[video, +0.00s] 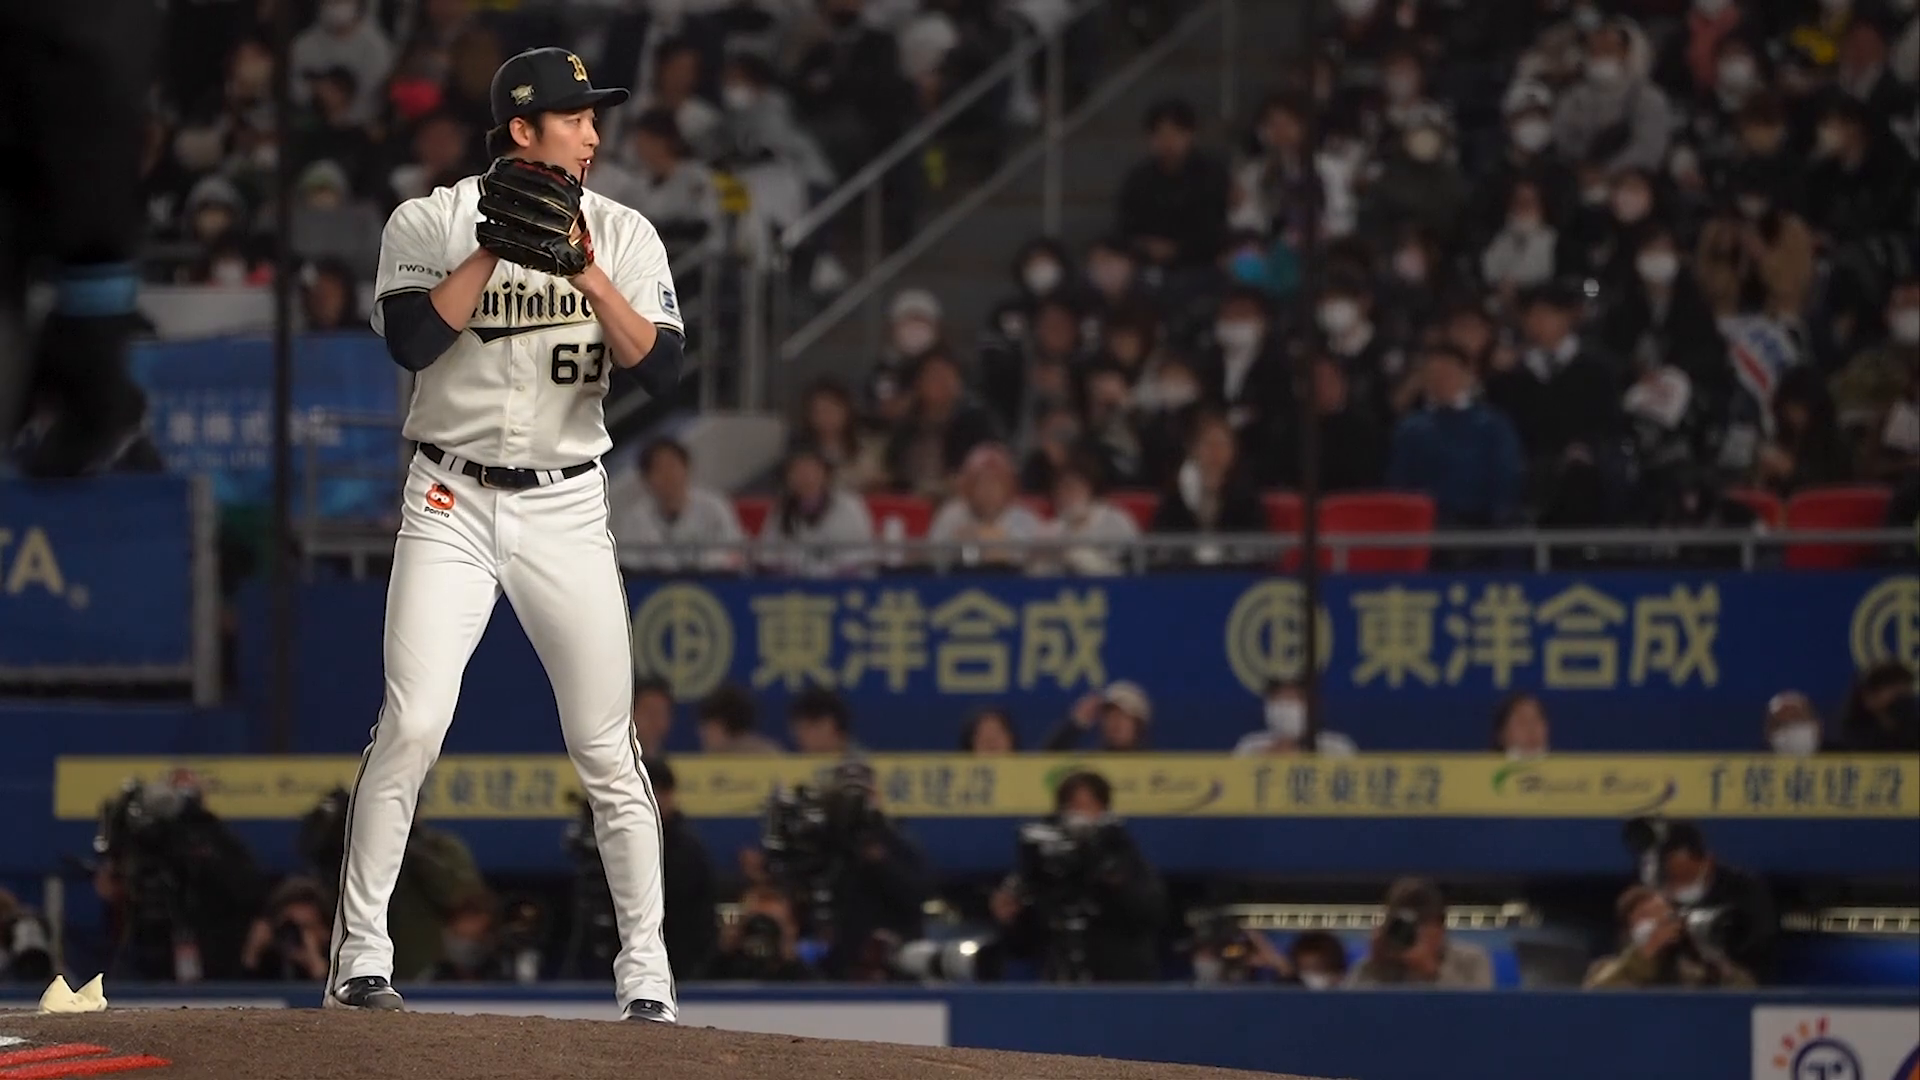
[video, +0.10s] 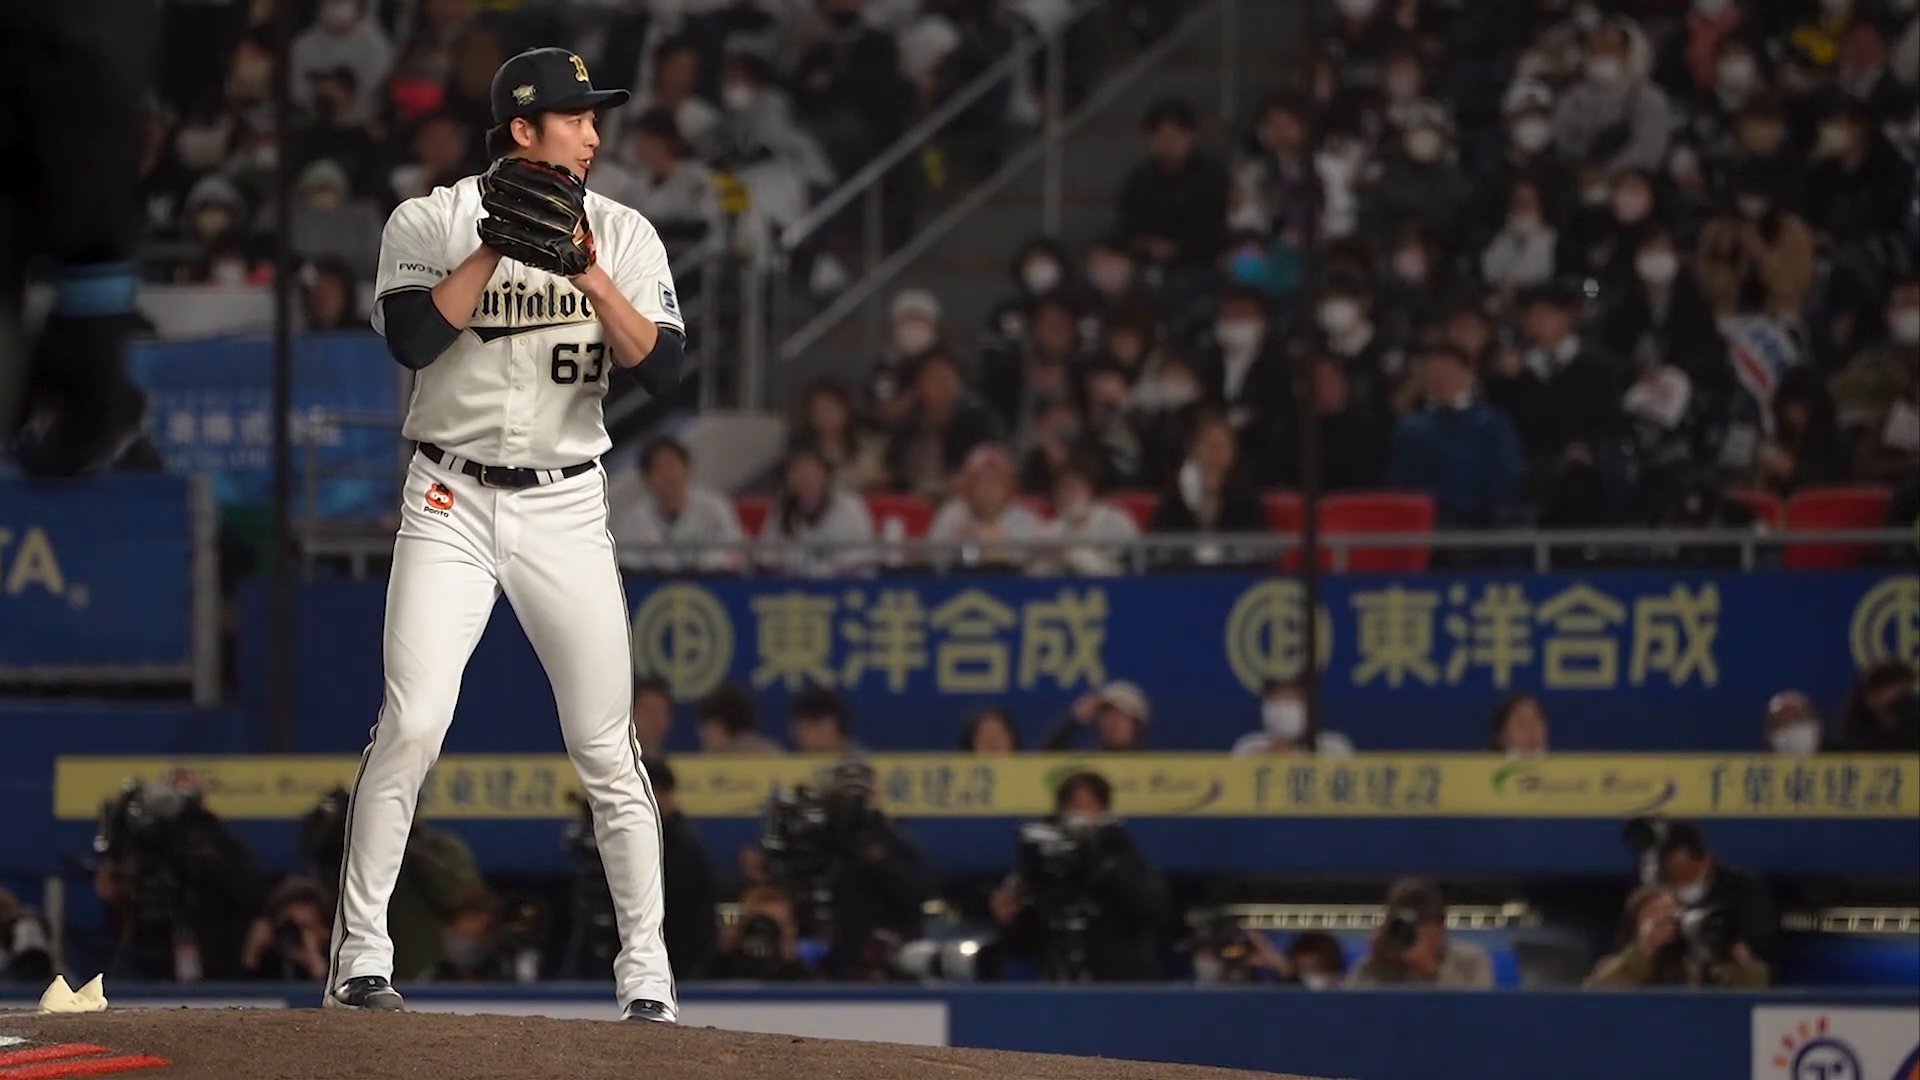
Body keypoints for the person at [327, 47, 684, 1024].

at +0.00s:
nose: (590, 131)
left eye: (593, 115)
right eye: (571, 115)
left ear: (589, 130)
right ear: (518, 127)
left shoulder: (626, 235)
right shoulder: (429, 221)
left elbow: (660, 372)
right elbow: (409, 345)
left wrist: (590, 277)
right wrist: (493, 248)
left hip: (567, 512)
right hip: (448, 503)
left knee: (605, 749)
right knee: (412, 722)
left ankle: (647, 978)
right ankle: (360, 959)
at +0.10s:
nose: (591, 131)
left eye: (593, 115)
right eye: (572, 115)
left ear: (590, 130)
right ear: (519, 126)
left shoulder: (626, 235)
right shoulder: (431, 220)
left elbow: (663, 372)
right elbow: (409, 342)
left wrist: (591, 276)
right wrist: (495, 246)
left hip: (568, 511)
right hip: (448, 502)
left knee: (605, 750)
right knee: (412, 724)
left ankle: (646, 978)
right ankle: (361, 960)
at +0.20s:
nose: (591, 133)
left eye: (595, 117)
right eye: (573, 116)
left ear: (591, 132)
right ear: (519, 126)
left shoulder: (625, 235)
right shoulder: (430, 219)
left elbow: (660, 371)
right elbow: (407, 340)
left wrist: (592, 276)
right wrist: (494, 243)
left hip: (567, 512)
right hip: (447, 502)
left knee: (604, 749)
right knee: (412, 722)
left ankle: (646, 978)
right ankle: (359, 958)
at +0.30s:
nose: (591, 133)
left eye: (594, 118)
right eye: (573, 117)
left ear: (590, 132)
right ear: (518, 127)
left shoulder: (625, 236)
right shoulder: (429, 220)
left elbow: (657, 371)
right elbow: (407, 341)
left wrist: (590, 275)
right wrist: (494, 245)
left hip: (566, 512)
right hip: (448, 503)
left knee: (604, 749)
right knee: (414, 723)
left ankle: (647, 977)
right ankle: (359, 958)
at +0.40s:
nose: (592, 133)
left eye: (594, 118)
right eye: (574, 117)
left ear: (589, 132)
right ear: (519, 126)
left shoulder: (624, 236)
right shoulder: (428, 220)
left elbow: (659, 373)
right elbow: (408, 343)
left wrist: (588, 276)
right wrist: (492, 247)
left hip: (567, 512)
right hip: (449, 503)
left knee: (605, 749)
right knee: (414, 724)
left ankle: (647, 976)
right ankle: (359, 958)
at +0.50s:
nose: (592, 133)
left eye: (593, 118)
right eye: (574, 117)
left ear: (585, 133)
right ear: (517, 128)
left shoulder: (624, 238)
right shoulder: (429, 220)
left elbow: (659, 380)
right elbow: (403, 343)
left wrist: (589, 281)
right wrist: (491, 250)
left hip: (566, 511)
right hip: (447, 501)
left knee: (603, 748)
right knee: (413, 724)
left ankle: (645, 970)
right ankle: (361, 957)